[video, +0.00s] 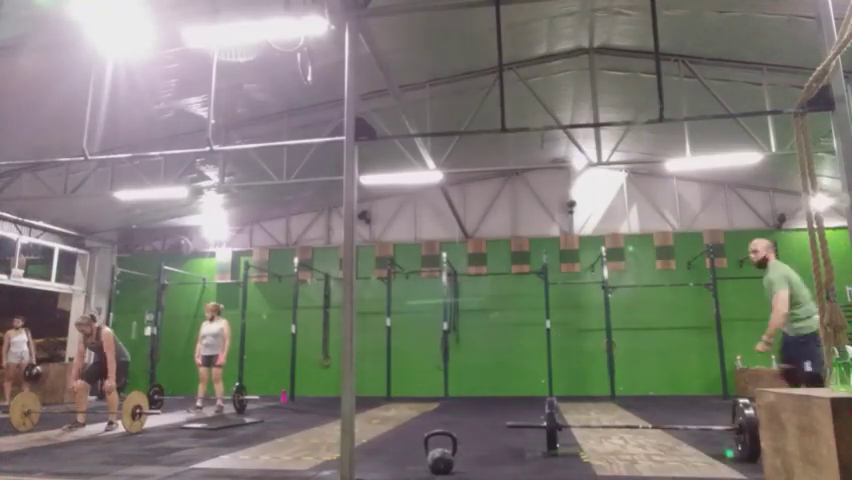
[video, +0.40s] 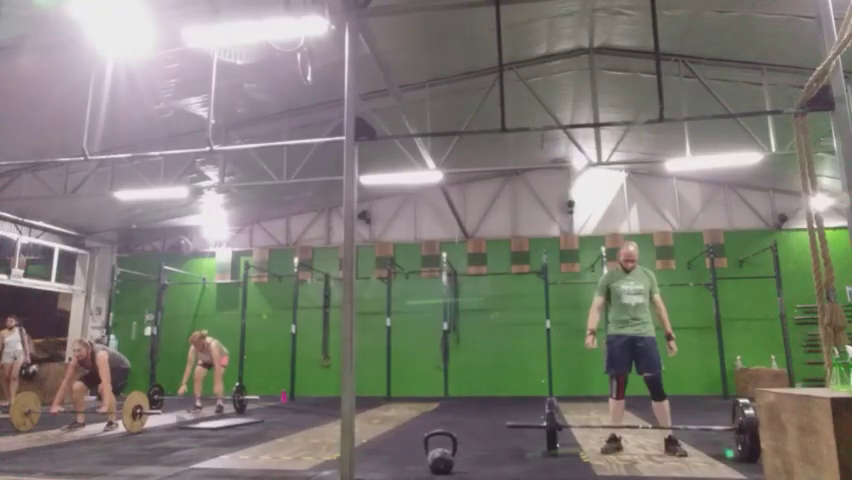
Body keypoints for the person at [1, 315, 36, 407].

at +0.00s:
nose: (16, 323)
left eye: (18, 321)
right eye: (15, 321)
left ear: (22, 322)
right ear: (12, 322)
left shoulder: (26, 331)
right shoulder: (9, 333)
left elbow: (31, 345)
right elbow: (5, 347)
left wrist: (33, 357)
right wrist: (4, 359)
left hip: (25, 358)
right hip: (11, 358)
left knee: (26, 379)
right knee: (8, 379)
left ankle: (26, 399)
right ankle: (7, 400)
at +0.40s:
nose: (10, 323)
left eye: (12, 321)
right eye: (8, 321)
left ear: (16, 322)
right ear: (6, 322)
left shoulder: (20, 330)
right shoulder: (3, 333)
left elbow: (26, 344)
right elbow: (1, 346)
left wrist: (27, 356)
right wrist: (1, 359)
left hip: (18, 354)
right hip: (6, 354)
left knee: (14, 376)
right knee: (6, 377)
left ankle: (12, 400)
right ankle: (7, 399)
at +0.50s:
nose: (14, 321)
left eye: (16, 319)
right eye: (12, 319)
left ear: (19, 321)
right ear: (9, 320)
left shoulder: (23, 330)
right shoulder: (4, 331)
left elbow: (27, 344)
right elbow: (2, 345)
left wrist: (28, 357)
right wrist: (1, 355)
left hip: (18, 354)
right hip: (6, 354)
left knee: (13, 377)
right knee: (3, 378)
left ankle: (10, 399)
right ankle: (8, 396)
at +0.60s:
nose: (11, 320)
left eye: (13, 319)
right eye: (10, 318)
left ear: (17, 320)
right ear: (6, 320)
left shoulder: (20, 329)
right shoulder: (3, 330)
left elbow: (24, 344)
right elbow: (2, 342)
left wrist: (25, 357)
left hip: (16, 354)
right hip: (3, 354)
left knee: (11, 377)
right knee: (2, 376)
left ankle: (9, 399)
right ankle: (2, 396)